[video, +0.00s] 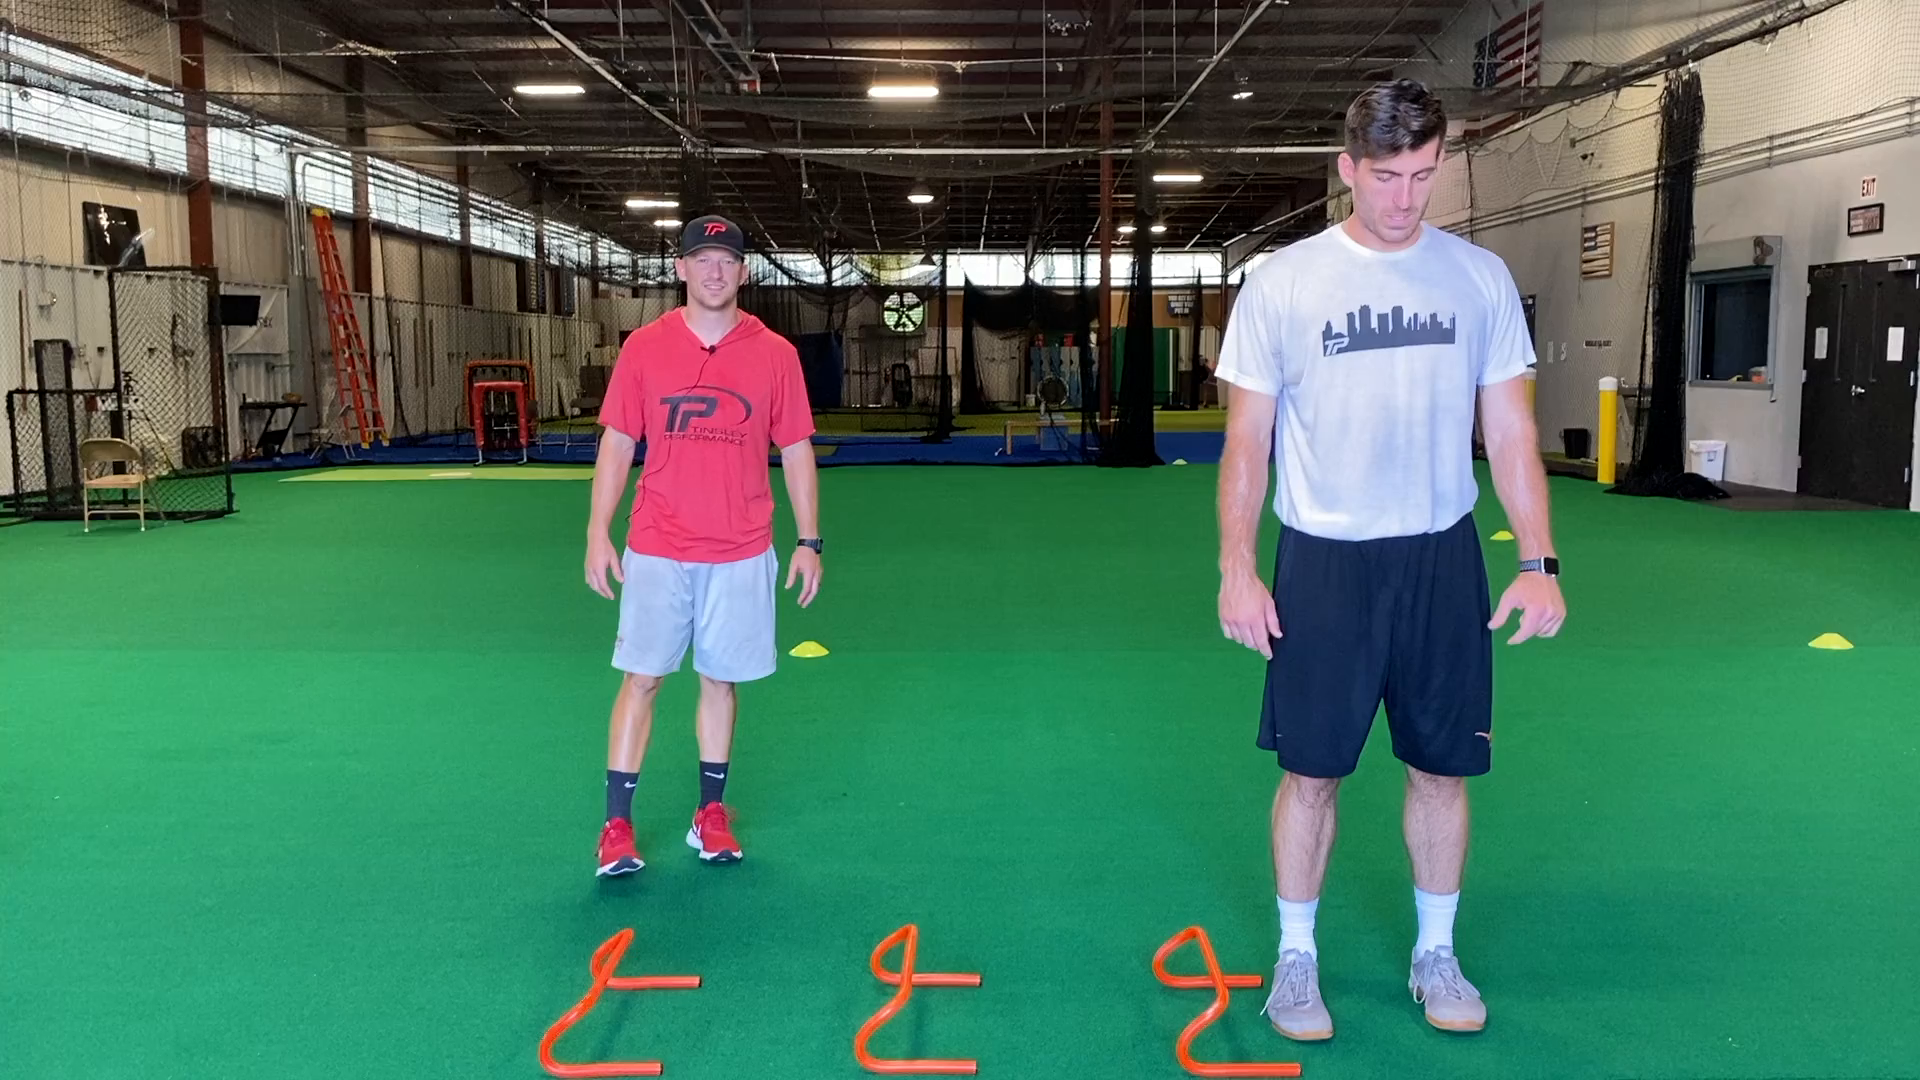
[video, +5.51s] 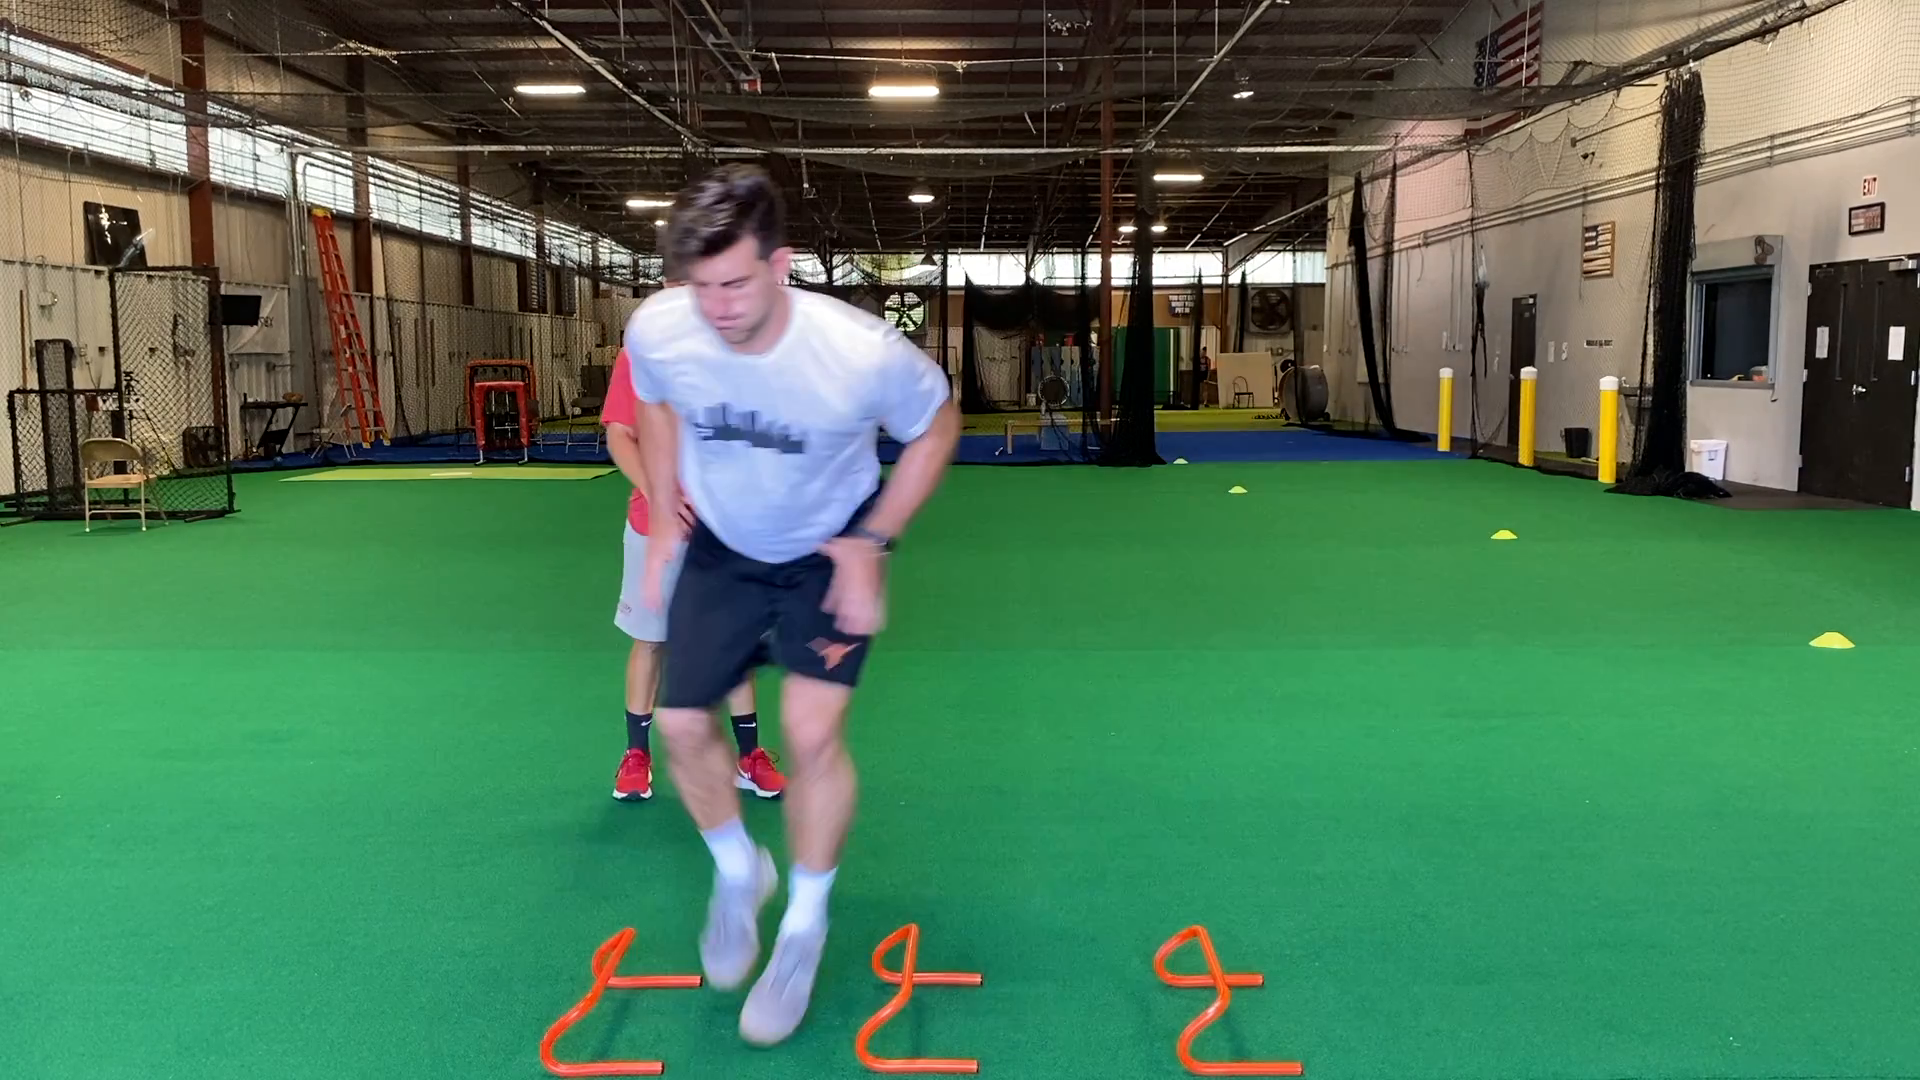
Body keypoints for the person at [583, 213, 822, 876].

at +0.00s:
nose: (714, 271)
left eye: (725, 261)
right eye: (702, 260)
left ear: (742, 271)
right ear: (681, 268)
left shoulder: (776, 355)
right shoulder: (645, 346)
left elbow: (797, 451)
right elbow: (617, 445)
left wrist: (808, 540)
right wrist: (598, 533)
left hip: (741, 551)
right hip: (658, 547)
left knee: (720, 677)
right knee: (642, 676)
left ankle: (712, 814)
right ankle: (617, 824)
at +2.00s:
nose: (700, 278)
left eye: (704, 264)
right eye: (684, 267)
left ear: (712, 267)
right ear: (645, 275)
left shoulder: (745, 344)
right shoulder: (616, 364)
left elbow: (772, 430)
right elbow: (597, 470)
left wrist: (792, 473)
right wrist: (661, 524)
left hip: (751, 563)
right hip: (665, 572)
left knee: (778, 695)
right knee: (660, 706)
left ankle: (808, 835)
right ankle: (661, 850)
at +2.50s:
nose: (788, 273)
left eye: (798, 261)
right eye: (774, 261)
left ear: (810, 271)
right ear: (744, 268)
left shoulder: (836, 356)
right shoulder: (706, 353)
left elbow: (854, 442)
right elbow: (678, 451)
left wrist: (847, 459)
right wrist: (700, 515)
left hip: (823, 560)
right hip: (740, 564)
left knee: (808, 691)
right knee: (714, 700)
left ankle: (810, 833)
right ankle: (671, 849)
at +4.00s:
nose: (703, 287)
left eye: (710, 275)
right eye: (689, 279)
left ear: (722, 276)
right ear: (664, 287)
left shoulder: (768, 343)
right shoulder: (648, 361)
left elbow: (803, 432)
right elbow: (638, 448)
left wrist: (761, 403)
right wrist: (641, 500)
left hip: (761, 536)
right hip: (683, 542)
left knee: (780, 659)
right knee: (699, 662)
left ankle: (780, 767)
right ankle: (708, 791)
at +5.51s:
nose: (700, 297)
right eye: (687, 281)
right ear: (669, 287)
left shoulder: (759, 356)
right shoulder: (643, 350)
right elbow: (618, 434)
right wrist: (658, 496)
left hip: (730, 526)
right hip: (659, 522)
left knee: (737, 646)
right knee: (649, 637)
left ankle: (750, 752)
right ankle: (637, 750)